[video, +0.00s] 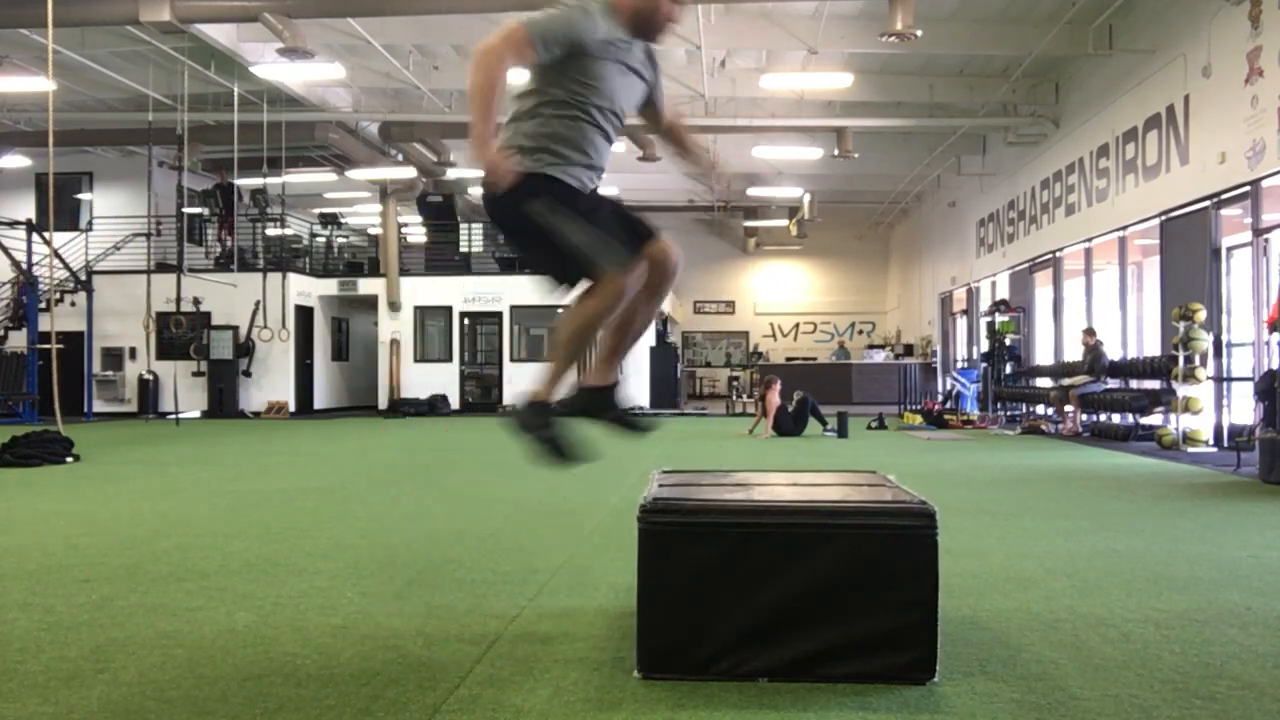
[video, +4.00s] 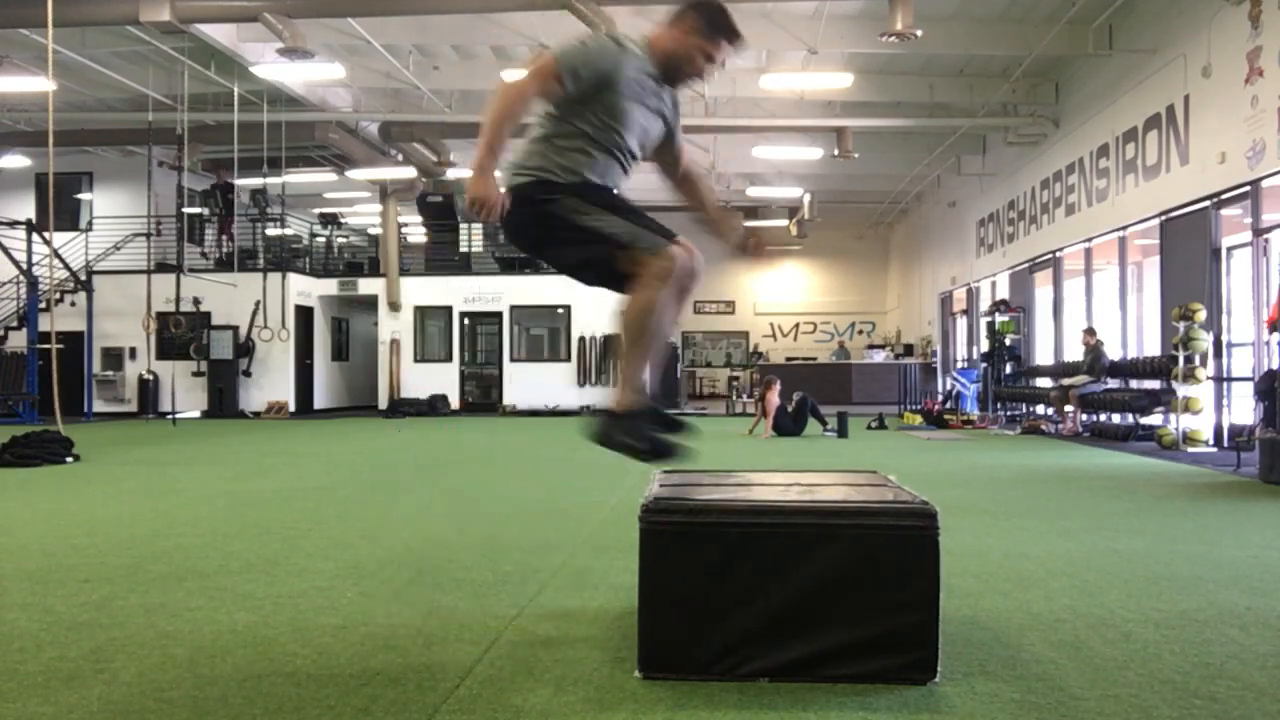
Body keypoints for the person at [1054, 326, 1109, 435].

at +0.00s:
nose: (1082, 340)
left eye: (1085, 337)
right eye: (1083, 337)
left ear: (1092, 338)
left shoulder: (1099, 353)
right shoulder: (1087, 351)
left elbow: (1098, 376)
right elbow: (1084, 370)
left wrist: (1079, 379)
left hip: (1099, 382)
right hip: (1086, 380)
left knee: (1074, 393)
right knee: (1057, 395)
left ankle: (1076, 426)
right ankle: (1066, 425)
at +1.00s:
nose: (1082, 339)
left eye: (1084, 337)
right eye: (1082, 336)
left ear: (1092, 337)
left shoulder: (1099, 353)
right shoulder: (1087, 351)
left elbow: (1097, 377)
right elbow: (1085, 371)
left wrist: (1074, 381)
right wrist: (1071, 380)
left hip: (1099, 382)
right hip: (1086, 379)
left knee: (1074, 393)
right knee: (1055, 395)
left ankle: (1076, 426)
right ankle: (1066, 425)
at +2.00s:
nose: (1081, 340)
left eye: (1084, 337)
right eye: (1081, 337)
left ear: (1091, 338)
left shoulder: (1099, 353)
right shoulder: (1087, 351)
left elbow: (1096, 376)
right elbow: (1085, 371)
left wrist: (1074, 381)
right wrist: (1071, 380)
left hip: (1099, 382)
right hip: (1087, 379)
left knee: (1074, 393)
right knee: (1055, 395)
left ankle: (1076, 426)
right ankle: (1066, 425)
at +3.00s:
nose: (1082, 340)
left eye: (1084, 337)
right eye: (1082, 336)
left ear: (1092, 338)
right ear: (1087, 338)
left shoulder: (1099, 353)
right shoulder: (1088, 351)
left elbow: (1095, 377)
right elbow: (1085, 372)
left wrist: (1073, 381)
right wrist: (1071, 380)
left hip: (1099, 382)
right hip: (1087, 379)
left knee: (1074, 393)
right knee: (1054, 395)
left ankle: (1076, 426)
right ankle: (1066, 424)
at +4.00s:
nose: (1083, 340)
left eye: (1085, 337)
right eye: (1083, 337)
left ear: (1093, 338)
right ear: (1087, 338)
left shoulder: (1100, 354)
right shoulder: (1087, 351)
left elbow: (1096, 377)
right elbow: (1085, 372)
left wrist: (1073, 381)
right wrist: (1071, 380)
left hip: (1098, 382)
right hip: (1086, 380)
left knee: (1074, 393)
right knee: (1054, 395)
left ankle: (1076, 426)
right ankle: (1066, 424)